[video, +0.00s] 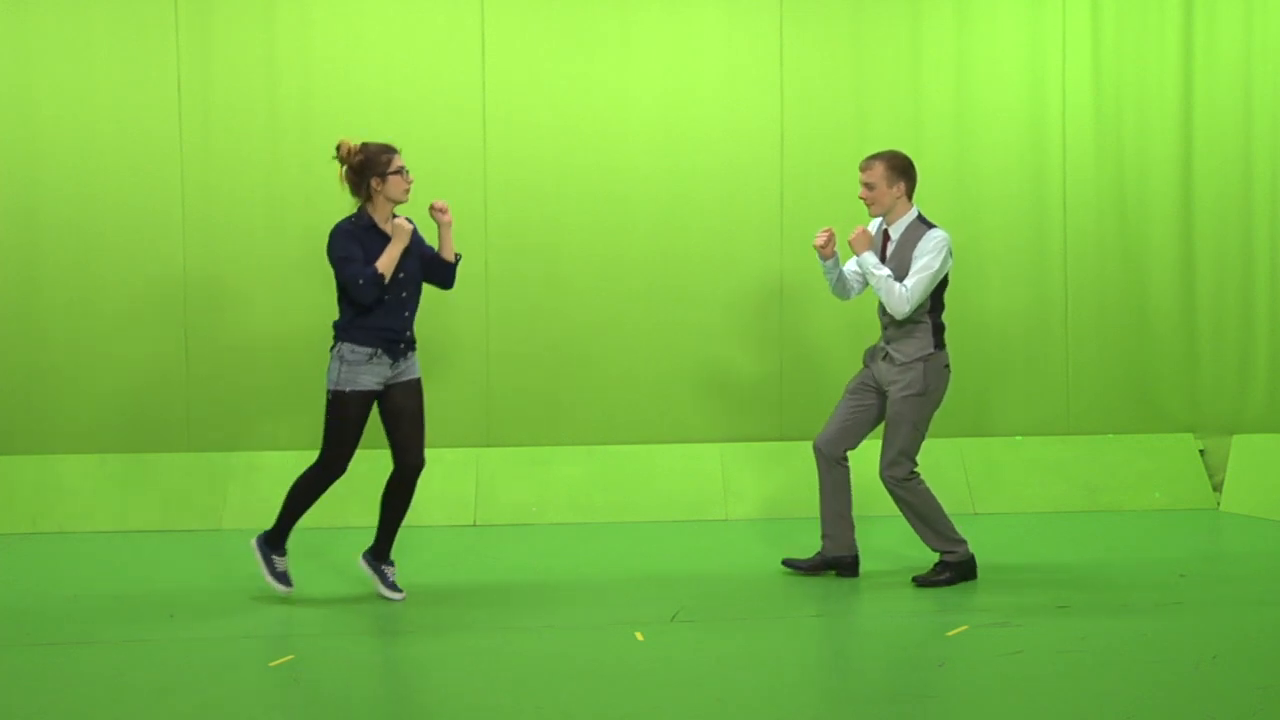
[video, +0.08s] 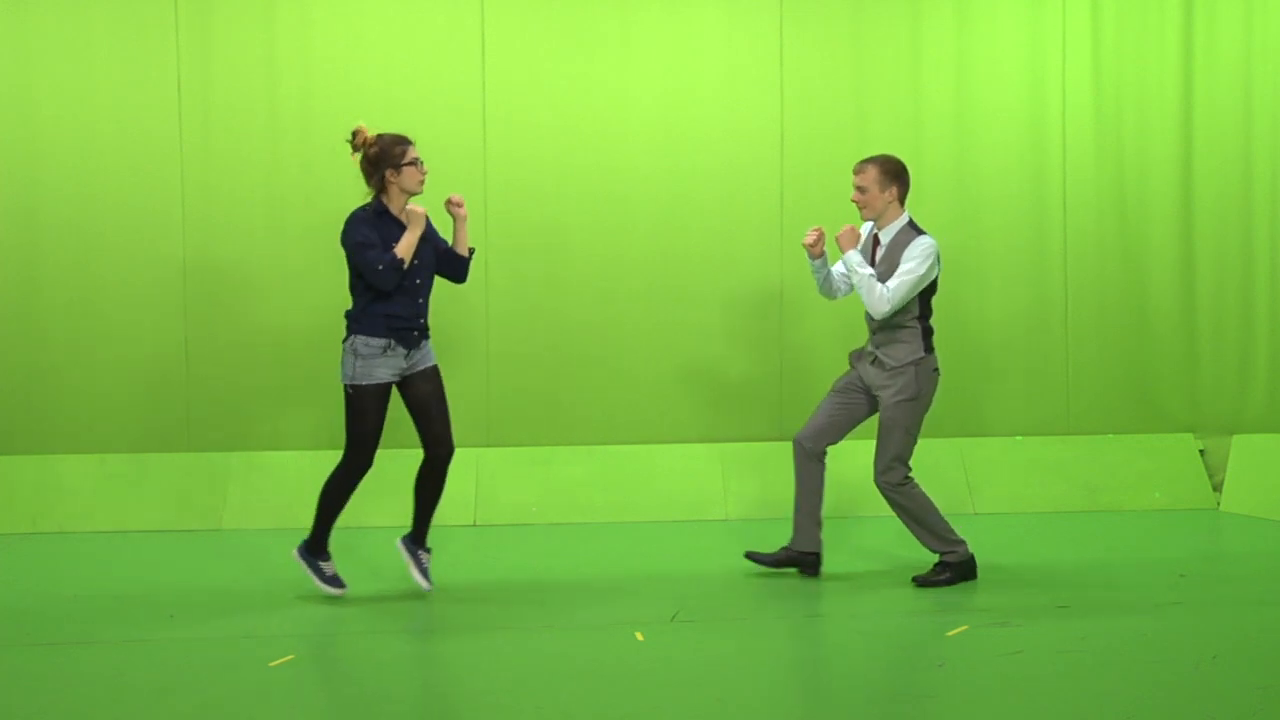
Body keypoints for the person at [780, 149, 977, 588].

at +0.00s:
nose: (862, 195)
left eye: (870, 187)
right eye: (861, 187)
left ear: (900, 189)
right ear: (886, 191)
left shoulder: (934, 241)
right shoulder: (877, 236)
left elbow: (901, 304)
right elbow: (845, 287)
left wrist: (867, 256)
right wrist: (830, 259)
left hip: (920, 365)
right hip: (882, 361)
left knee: (896, 469)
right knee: (829, 446)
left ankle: (957, 557)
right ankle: (839, 553)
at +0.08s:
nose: (855, 198)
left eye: (862, 190)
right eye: (854, 190)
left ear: (893, 193)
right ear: (882, 194)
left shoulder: (921, 248)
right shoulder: (868, 239)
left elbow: (881, 305)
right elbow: (833, 287)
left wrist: (851, 255)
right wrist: (818, 258)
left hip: (909, 370)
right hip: (871, 365)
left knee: (890, 475)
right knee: (808, 443)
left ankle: (957, 557)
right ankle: (805, 550)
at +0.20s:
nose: (834, 192)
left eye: (840, 184)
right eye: (833, 183)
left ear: (870, 187)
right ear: (860, 188)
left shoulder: (896, 242)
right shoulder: (844, 229)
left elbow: (848, 288)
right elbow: (803, 271)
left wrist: (822, 238)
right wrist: (791, 237)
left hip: (876, 368)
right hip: (836, 362)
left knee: (883, 473)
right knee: (776, 442)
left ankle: (954, 552)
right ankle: (739, 547)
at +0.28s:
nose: (811, 189)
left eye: (818, 181)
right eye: (811, 180)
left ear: (848, 184)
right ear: (838, 185)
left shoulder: (874, 237)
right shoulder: (821, 226)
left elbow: (828, 283)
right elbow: (778, 268)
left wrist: (802, 235)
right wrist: (770, 233)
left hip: (850, 364)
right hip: (809, 357)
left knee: (850, 473)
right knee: (758, 446)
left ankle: (922, 540)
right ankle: (731, 553)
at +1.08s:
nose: (749, 193)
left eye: (756, 186)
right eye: (749, 186)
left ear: (785, 189)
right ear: (772, 191)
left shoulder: (820, 239)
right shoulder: (765, 237)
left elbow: (780, 292)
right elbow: (736, 289)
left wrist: (750, 244)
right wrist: (717, 254)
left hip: (816, 368)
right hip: (775, 363)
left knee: (814, 475)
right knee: (722, 448)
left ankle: (868, 558)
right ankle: (712, 556)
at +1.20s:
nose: (727, 198)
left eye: (734, 191)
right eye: (726, 190)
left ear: (763, 194)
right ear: (755, 196)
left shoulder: (796, 244)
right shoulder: (748, 245)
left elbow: (755, 300)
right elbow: (743, 306)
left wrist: (726, 252)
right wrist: (704, 297)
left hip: (801, 373)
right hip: (760, 368)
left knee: (810, 480)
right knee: (701, 448)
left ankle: (867, 557)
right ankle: (685, 557)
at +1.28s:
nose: (703, 201)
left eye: (709, 193)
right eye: (702, 193)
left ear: (739, 196)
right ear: (728, 198)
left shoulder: (776, 244)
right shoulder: (723, 247)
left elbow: (737, 306)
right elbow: (717, 304)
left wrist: (707, 258)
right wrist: (676, 318)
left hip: (788, 372)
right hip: (743, 371)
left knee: (811, 476)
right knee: (688, 448)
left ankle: (867, 557)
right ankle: (679, 559)